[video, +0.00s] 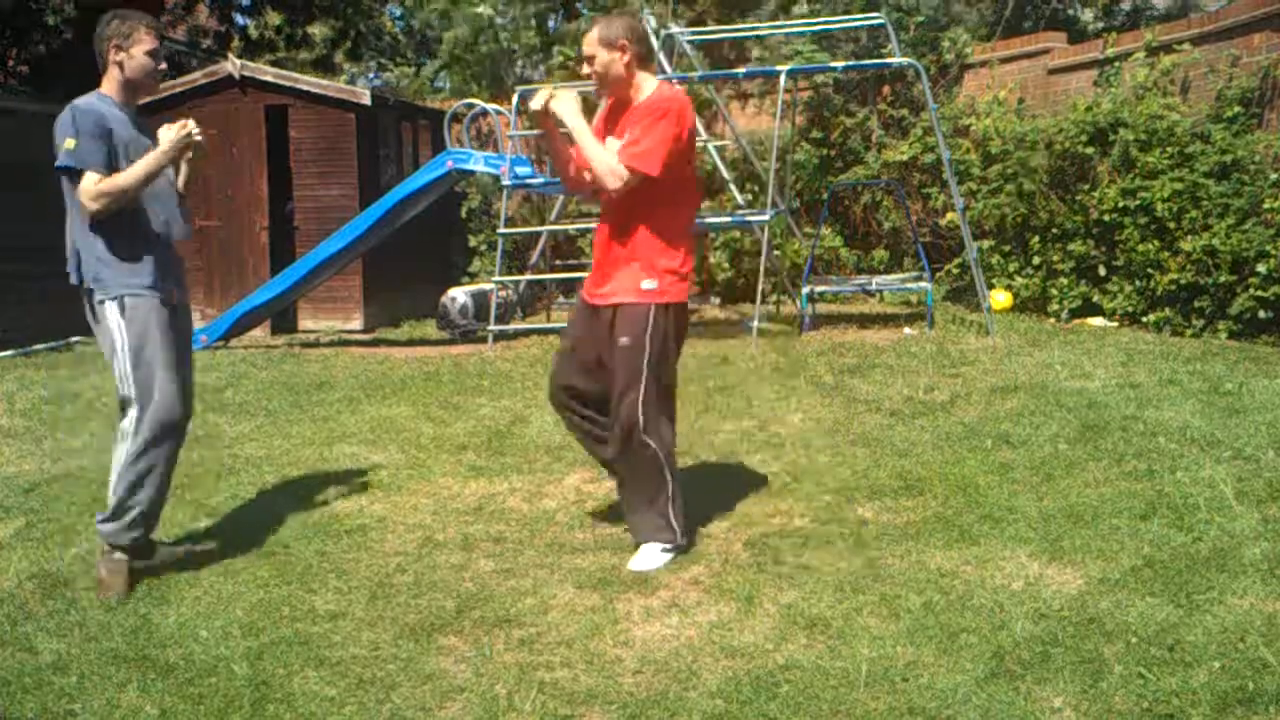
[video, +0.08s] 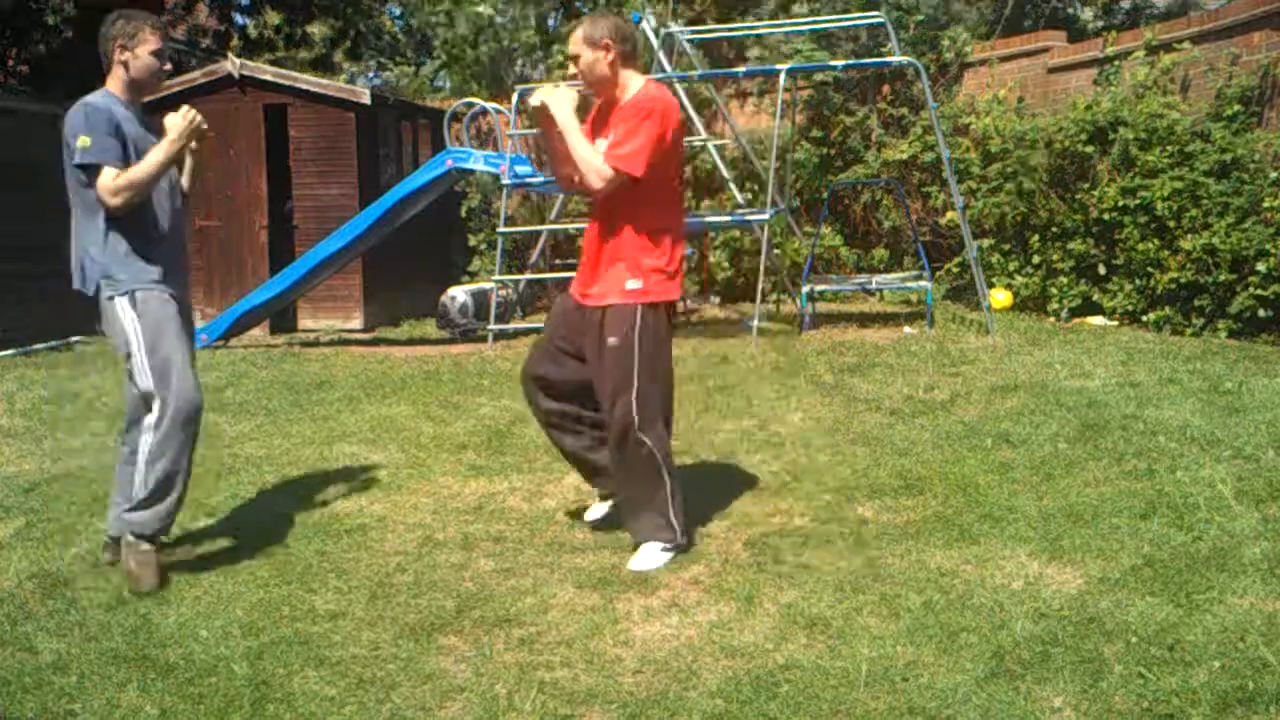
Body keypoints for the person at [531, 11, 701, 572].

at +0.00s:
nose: (587, 71)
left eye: (593, 60)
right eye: (585, 61)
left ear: (625, 55)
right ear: (613, 57)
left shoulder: (666, 103)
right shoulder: (614, 108)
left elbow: (615, 177)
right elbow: (578, 178)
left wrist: (573, 117)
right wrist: (551, 128)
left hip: (652, 278)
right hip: (608, 275)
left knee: (637, 407)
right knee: (571, 388)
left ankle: (661, 532)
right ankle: (642, 481)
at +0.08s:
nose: (573, 70)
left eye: (578, 60)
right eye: (572, 61)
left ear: (610, 54)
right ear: (603, 55)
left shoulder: (652, 103)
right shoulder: (607, 106)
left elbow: (599, 178)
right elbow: (570, 177)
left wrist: (565, 114)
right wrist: (546, 121)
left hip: (639, 278)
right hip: (597, 274)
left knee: (631, 410)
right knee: (547, 376)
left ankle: (662, 530)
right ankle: (618, 481)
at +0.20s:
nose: (550, 67)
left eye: (555, 56)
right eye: (549, 58)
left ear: (584, 48)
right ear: (580, 49)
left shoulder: (627, 95)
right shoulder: (584, 101)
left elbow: (556, 151)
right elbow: (539, 161)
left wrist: (528, 96)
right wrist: (518, 104)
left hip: (615, 272)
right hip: (571, 270)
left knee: (625, 407)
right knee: (521, 384)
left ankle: (661, 529)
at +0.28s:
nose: (539, 72)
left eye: (542, 61)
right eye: (537, 64)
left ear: (570, 53)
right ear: (568, 55)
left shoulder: (612, 97)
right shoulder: (572, 106)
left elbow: (538, 147)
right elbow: (522, 163)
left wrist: (507, 94)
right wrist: (501, 111)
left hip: (601, 277)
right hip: (557, 276)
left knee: (617, 409)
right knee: (516, 394)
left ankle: (661, 530)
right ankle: (483, 509)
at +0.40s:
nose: (500, 83)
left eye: (504, 73)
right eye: (498, 74)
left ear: (536, 67)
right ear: (528, 70)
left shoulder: (585, 115)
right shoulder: (522, 118)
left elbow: (532, 178)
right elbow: (485, 180)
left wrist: (499, 123)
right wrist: (471, 129)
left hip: (571, 298)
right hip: (517, 295)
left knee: (598, 420)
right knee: (482, 402)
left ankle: (657, 530)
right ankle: (468, 517)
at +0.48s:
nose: (480, 80)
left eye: (485, 70)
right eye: (479, 71)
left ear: (515, 64)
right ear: (511, 64)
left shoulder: (570, 112)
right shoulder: (500, 120)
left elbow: (532, 182)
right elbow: (465, 174)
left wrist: (491, 127)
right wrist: (450, 124)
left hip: (561, 295)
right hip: (503, 296)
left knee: (593, 417)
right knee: (467, 408)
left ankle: (656, 527)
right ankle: (469, 517)